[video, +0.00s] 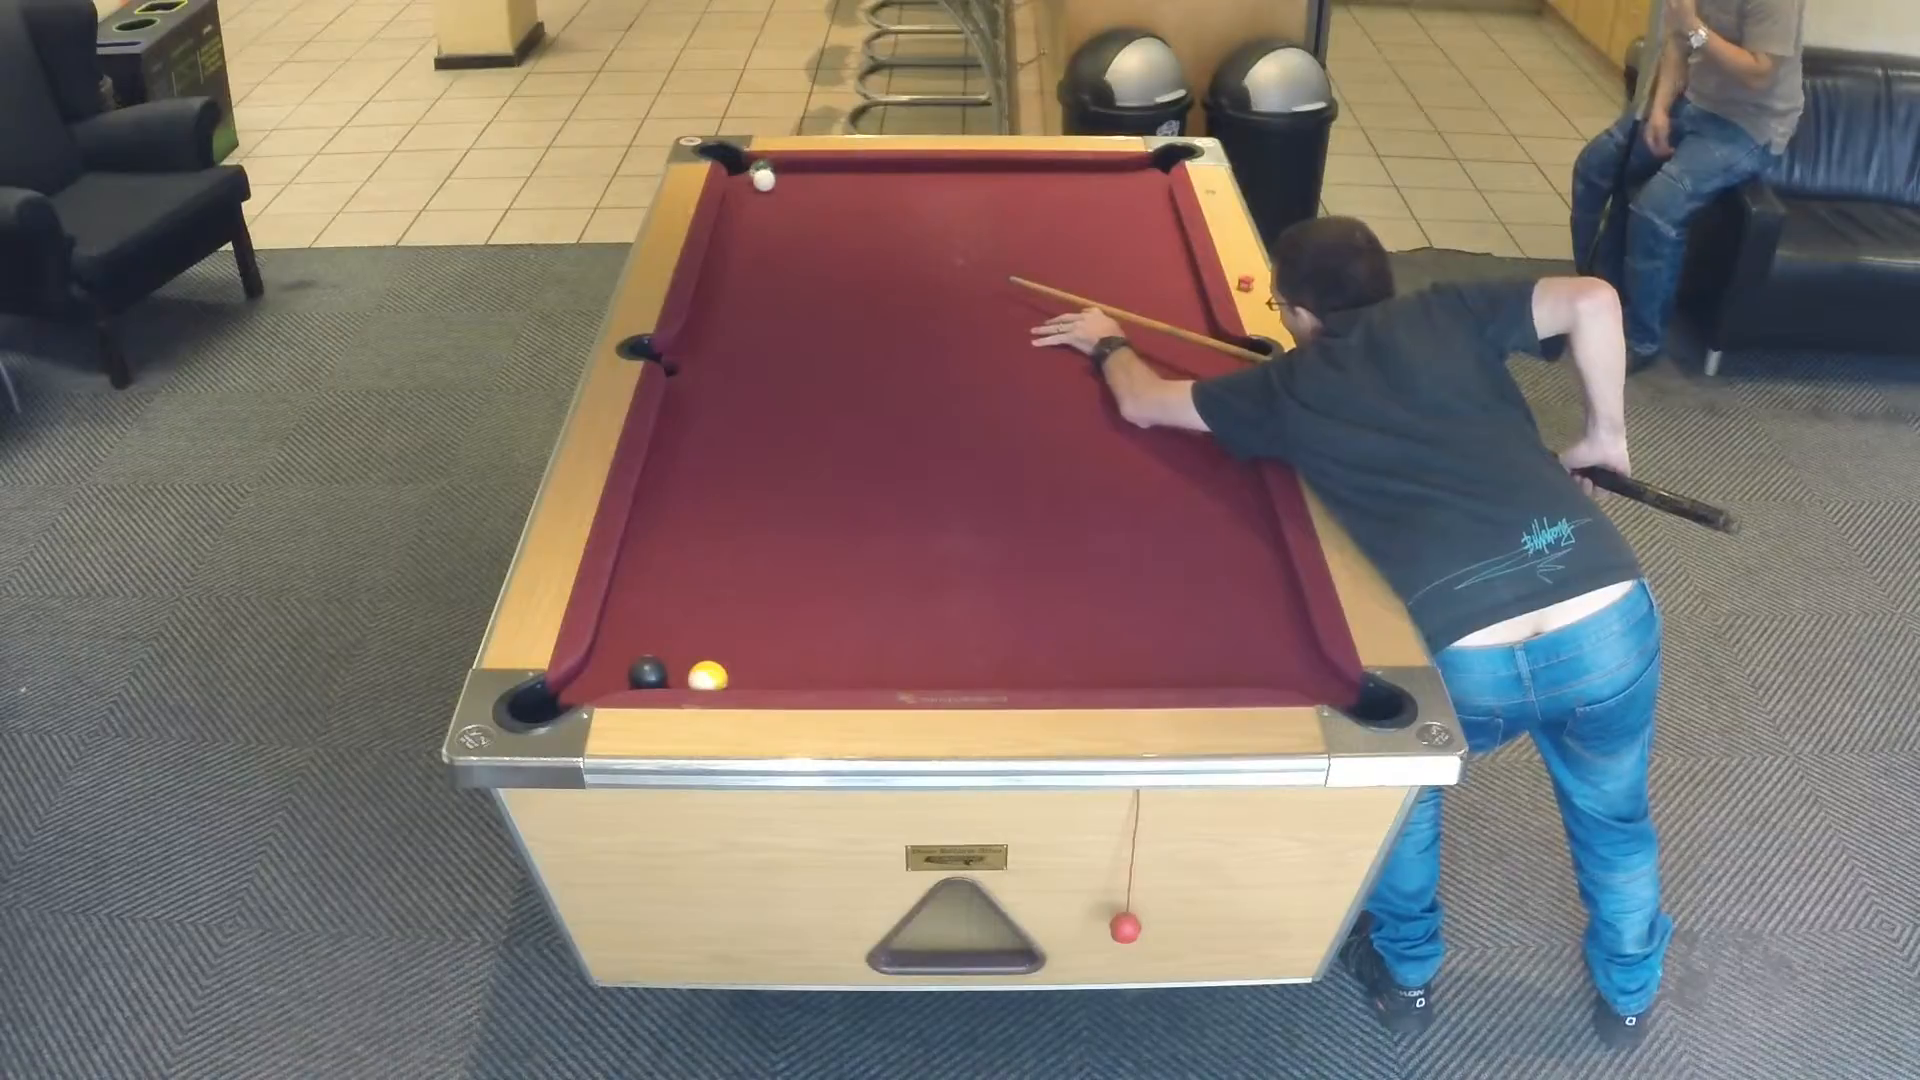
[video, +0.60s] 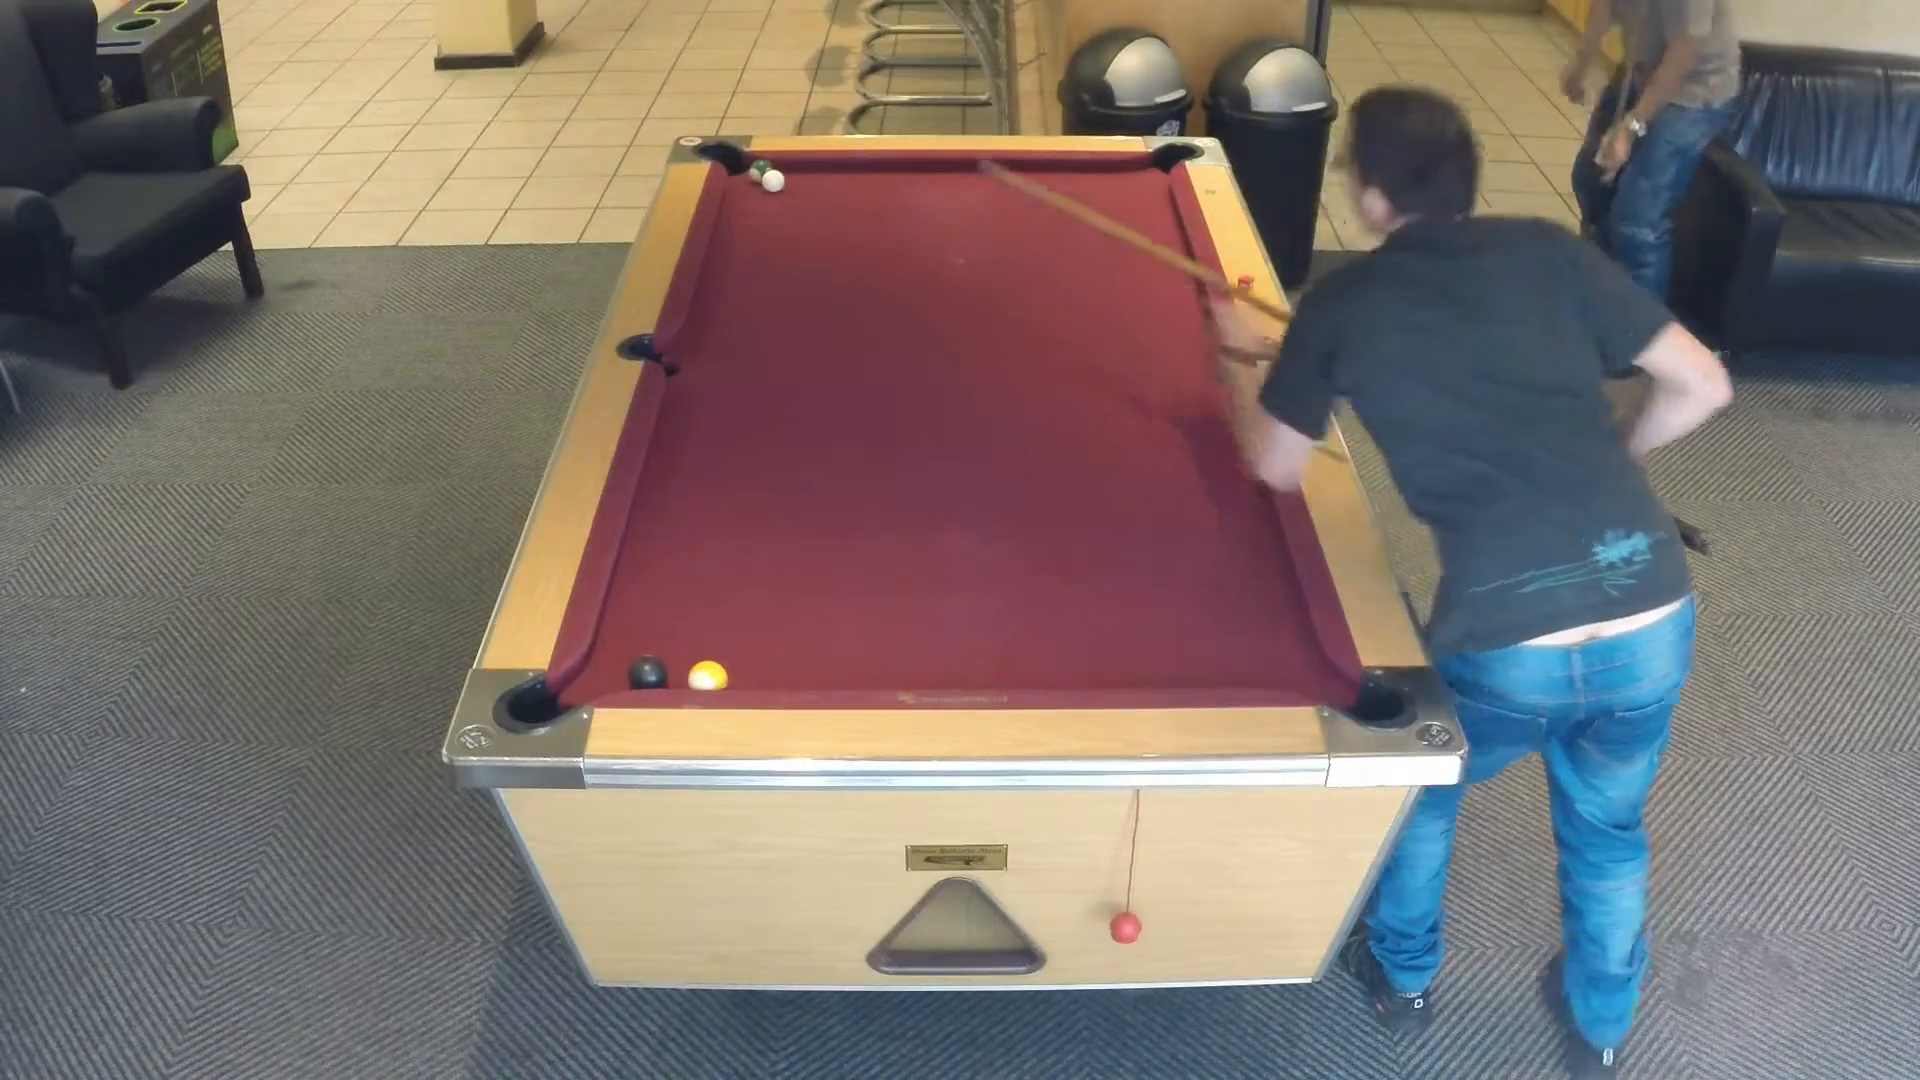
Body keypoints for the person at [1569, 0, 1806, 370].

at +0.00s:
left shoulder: (1774, 6)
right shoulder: (1689, 3)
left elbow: (1760, 75)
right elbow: (1676, 46)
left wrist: (1693, 28)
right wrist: (1659, 109)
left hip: (1747, 128)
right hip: (1688, 107)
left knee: (1652, 211)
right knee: (1594, 166)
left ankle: (1642, 341)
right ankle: (1594, 305)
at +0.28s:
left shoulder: (1728, 6)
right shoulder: (1650, 5)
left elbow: (1725, 79)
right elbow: (1648, 45)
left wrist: (1652, 49)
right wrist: (1640, 109)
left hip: (1738, 114)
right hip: (1678, 101)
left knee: (1646, 213)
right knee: (1591, 172)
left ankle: (1634, 343)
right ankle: (1593, 307)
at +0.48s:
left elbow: (1694, 67)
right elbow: (1620, 11)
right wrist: (1607, 89)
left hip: (1718, 93)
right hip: (1659, 79)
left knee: (1639, 221)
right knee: (1593, 176)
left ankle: (1634, 344)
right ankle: (1594, 304)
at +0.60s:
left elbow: (1686, 47)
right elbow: (1606, 6)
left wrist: (1632, 126)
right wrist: (1584, 60)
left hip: (1699, 87)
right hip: (1643, 70)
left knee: (1636, 222)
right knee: (1591, 179)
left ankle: (1640, 336)